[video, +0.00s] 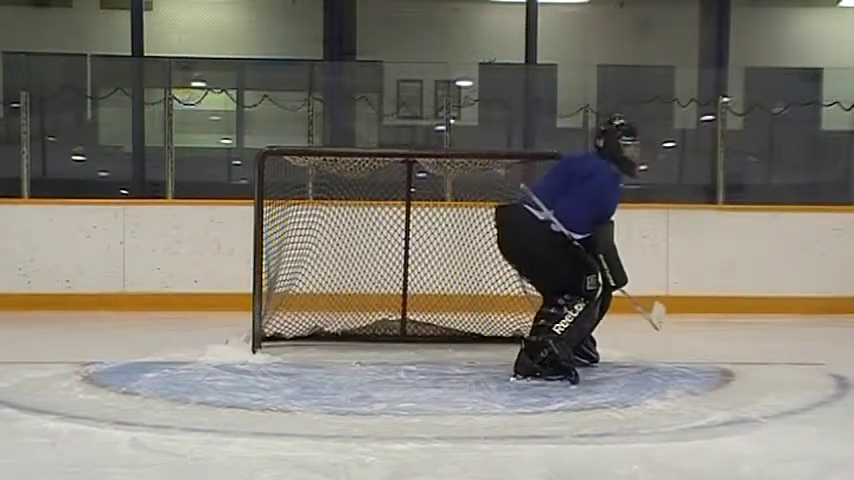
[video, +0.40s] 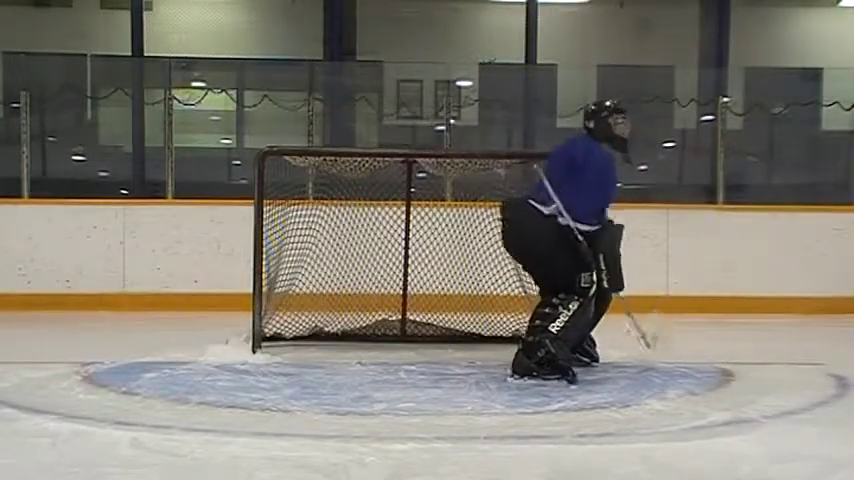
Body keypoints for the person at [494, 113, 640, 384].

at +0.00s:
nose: (635, 152)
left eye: (635, 145)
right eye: (629, 145)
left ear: (604, 145)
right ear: (611, 145)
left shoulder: (581, 162)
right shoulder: (606, 178)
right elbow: (602, 238)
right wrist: (620, 280)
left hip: (512, 221)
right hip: (533, 229)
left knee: (562, 290)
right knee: (590, 287)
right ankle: (543, 355)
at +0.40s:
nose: (624, 128)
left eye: (624, 122)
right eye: (617, 123)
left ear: (596, 126)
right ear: (600, 125)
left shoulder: (580, 148)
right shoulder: (595, 156)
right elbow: (588, 214)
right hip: (537, 224)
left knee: (560, 288)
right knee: (584, 287)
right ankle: (538, 354)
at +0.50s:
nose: (622, 121)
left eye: (621, 115)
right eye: (616, 116)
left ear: (593, 120)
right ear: (599, 119)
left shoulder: (574, 143)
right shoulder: (598, 152)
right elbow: (591, 215)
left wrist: (613, 219)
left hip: (524, 218)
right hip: (544, 226)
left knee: (558, 288)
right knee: (585, 287)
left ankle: (535, 348)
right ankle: (539, 353)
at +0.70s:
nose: (621, 119)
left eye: (620, 112)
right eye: (615, 113)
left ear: (591, 118)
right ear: (600, 117)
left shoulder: (574, 143)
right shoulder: (600, 153)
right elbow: (586, 215)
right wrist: (590, 253)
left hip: (526, 216)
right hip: (543, 222)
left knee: (554, 289)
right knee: (570, 289)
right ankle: (529, 353)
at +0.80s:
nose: (621, 118)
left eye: (620, 111)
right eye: (615, 113)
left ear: (589, 117)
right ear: (600, 116)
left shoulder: (575, 142)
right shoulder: (601, 152)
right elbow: (581, 216)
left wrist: (620, 184)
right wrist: (589, 265)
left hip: (525, 213)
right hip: (544, 220)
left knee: (551, 288)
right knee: (569, 290)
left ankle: (527, 347)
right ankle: (526, 353)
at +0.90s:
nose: (622, 118)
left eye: (621, 111)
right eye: (616, 113)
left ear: (590, 117)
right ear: (601, 116)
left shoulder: (574, 142)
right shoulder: (601, 150)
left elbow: (586, 191)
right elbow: (583, 215)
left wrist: (621, 182)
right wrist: (584, 261)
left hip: (524, 214)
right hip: (545, 221)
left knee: (549, 289)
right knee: (567, 293)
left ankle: (522, 345)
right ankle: (522, 352)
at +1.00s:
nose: (625, 118)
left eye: (624, 112)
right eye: (619, 113)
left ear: (593, 117)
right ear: (603, 117)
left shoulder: (576, 141)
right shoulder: (603, 150)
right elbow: (582, 215)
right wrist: (588, 260)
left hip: (525, 213)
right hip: (545, 221)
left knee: (548, 288)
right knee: (567, 291)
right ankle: (519, 352)